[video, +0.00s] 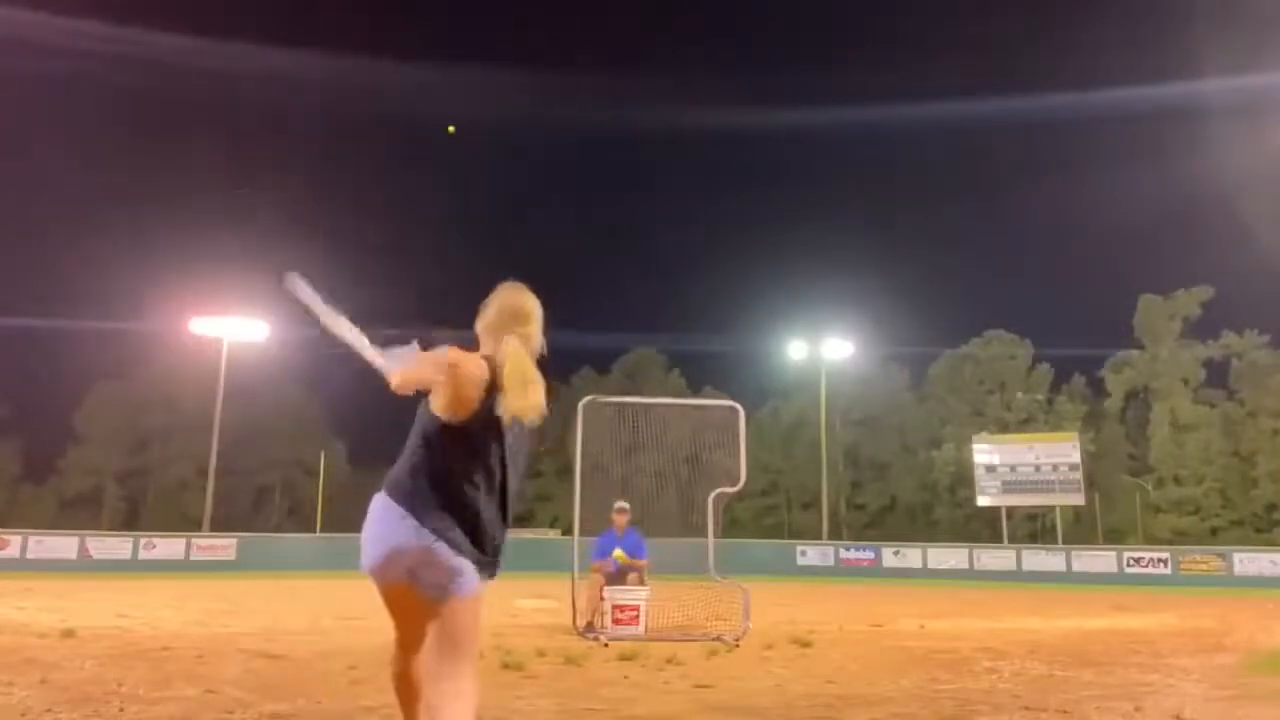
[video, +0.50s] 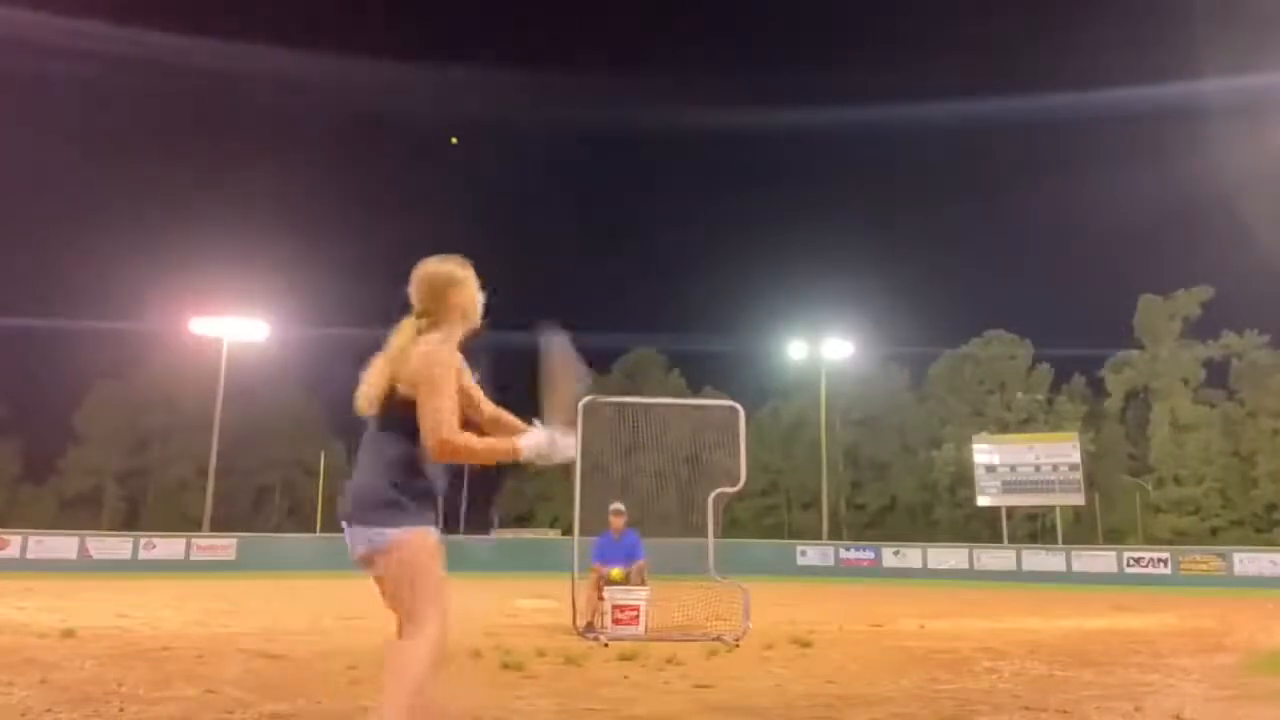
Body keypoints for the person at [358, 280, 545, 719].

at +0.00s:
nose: (539, 338)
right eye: (538, 329)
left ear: (482, 324)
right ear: (535, 335)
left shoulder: (456, 363)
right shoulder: (524, 385)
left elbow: (401, 379)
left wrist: (402, 360)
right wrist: (425, 359)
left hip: (395, 519)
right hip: (452, 540)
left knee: (410, 645)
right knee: (453, 671)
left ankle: (417, 716)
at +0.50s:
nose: (482, 297)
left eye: (478, 289)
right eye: (475, 289)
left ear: (433, 300)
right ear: (456, 300)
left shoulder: (425, 349)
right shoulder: (436, 354)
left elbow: (483, 412)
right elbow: (441, 444)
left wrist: (538, 436)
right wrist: (521, 448)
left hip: (375, 503)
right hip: (397, 506)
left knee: (416, 626)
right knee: (426, 627)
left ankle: (401, 709)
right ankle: (393, 711)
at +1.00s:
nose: (443, 235)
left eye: (438, 225)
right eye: (431, 225)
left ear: (413, 238)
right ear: (397, 236)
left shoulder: (447, 314)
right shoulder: (356, 296)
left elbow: (468, 383)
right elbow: (316, 381)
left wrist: (426, 333)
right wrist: (380, 322)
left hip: (387, 492)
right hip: (334, 487)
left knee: (360, 625)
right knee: (373, 625)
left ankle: (309, 709)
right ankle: (341, 712)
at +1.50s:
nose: (367, 263)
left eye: (366, 253)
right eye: (362, 251)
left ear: (321, 246)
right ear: (339, 248)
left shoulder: (333, 297)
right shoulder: (291, 278)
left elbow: (381, 381)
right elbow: (292, 370)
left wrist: (393, 330)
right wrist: (350, 313)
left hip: (259, 482)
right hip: (269, 483)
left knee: (238, 639)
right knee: (339, 617)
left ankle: (179, 712)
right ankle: (328, 712)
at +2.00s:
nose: (369, 254)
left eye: (370, 243)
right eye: (367, 242)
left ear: (311, 231)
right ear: (352, 236)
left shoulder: (294, 285)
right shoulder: (310, 274)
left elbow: (373, 386)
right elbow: (334, 342)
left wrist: (417, 342)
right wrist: (401, 300)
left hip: (249, 476)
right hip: (284, 477)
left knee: (243, 638)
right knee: (335, 624)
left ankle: (179, 713)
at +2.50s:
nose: (373, 256)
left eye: (374, 245)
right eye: (370, 244)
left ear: (318, 234)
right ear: (352, 237)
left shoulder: (321, 294)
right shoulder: (302, 271)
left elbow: (382, 380)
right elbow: (330, 333)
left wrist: (417, 325)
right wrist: (392, 286)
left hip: (251, 477)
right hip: (278, 477)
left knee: (243, 641)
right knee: (338, 626)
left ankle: (179, 714)